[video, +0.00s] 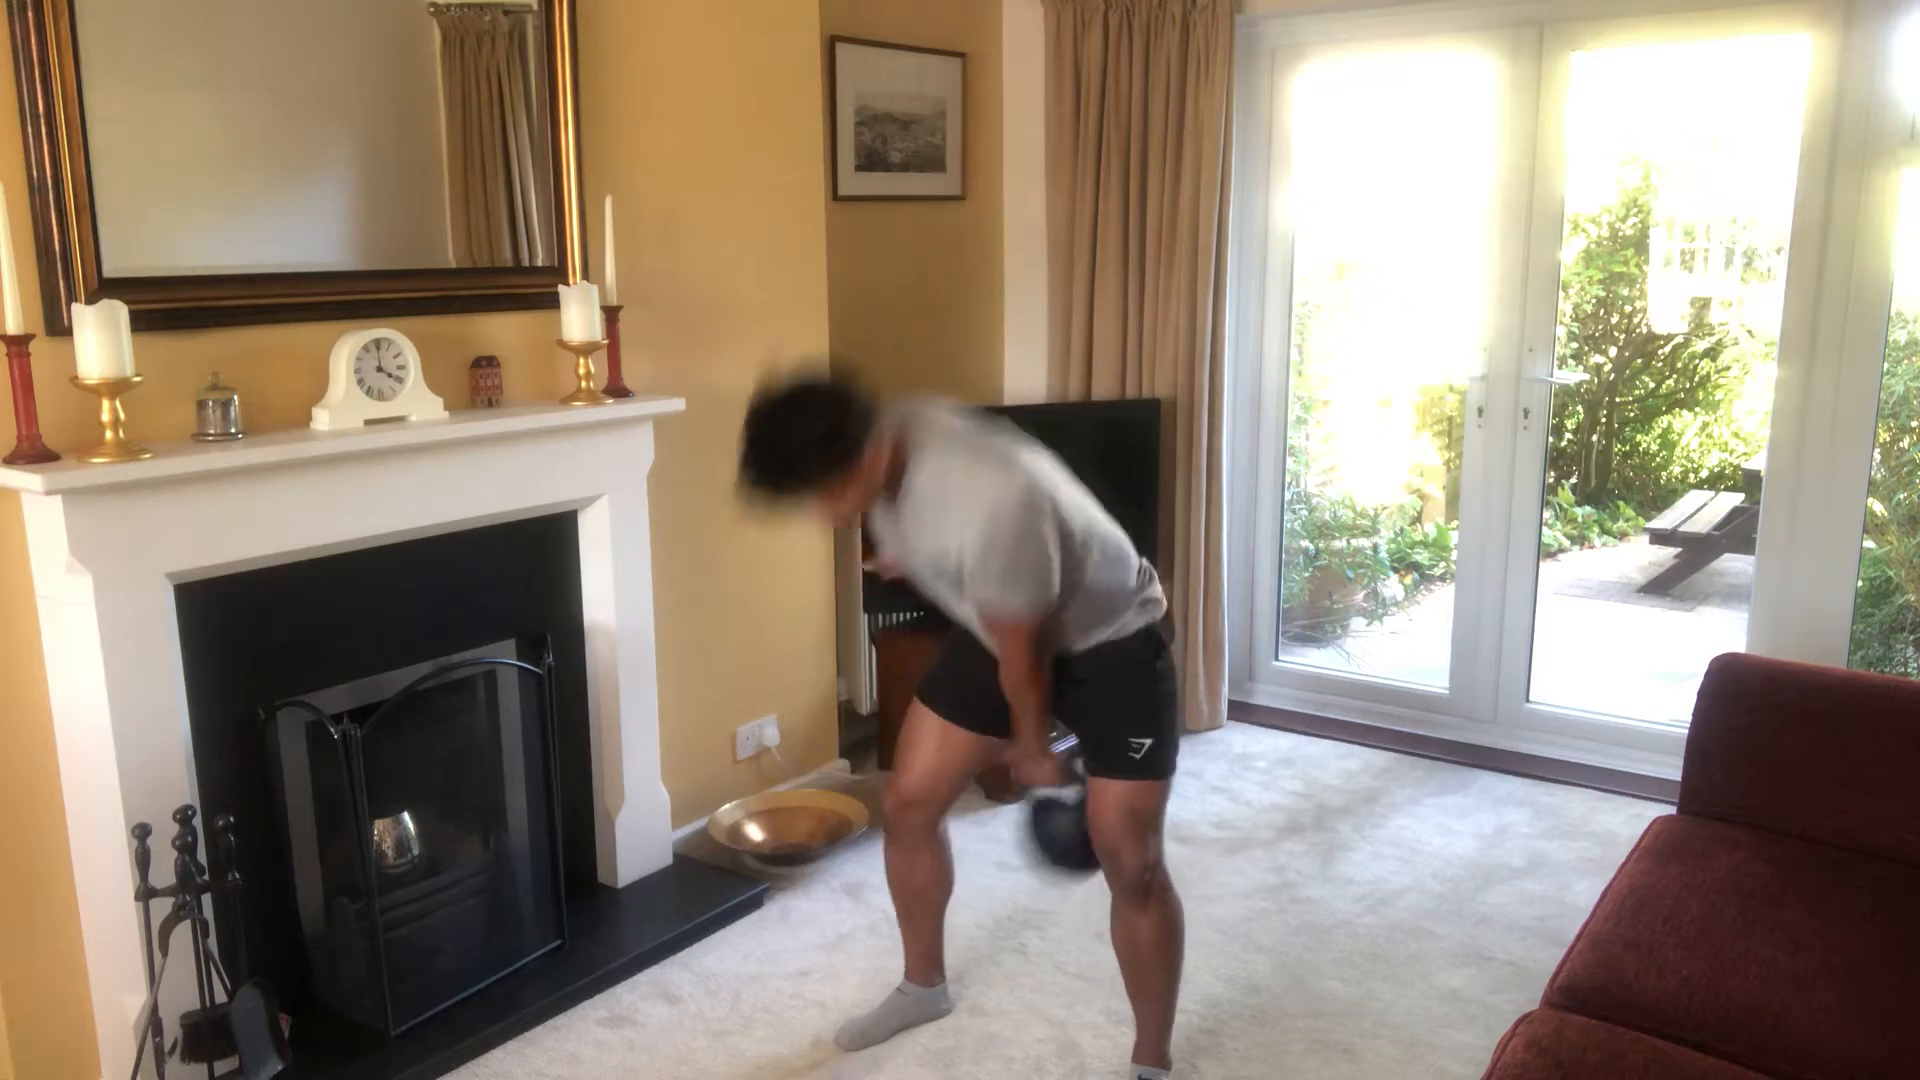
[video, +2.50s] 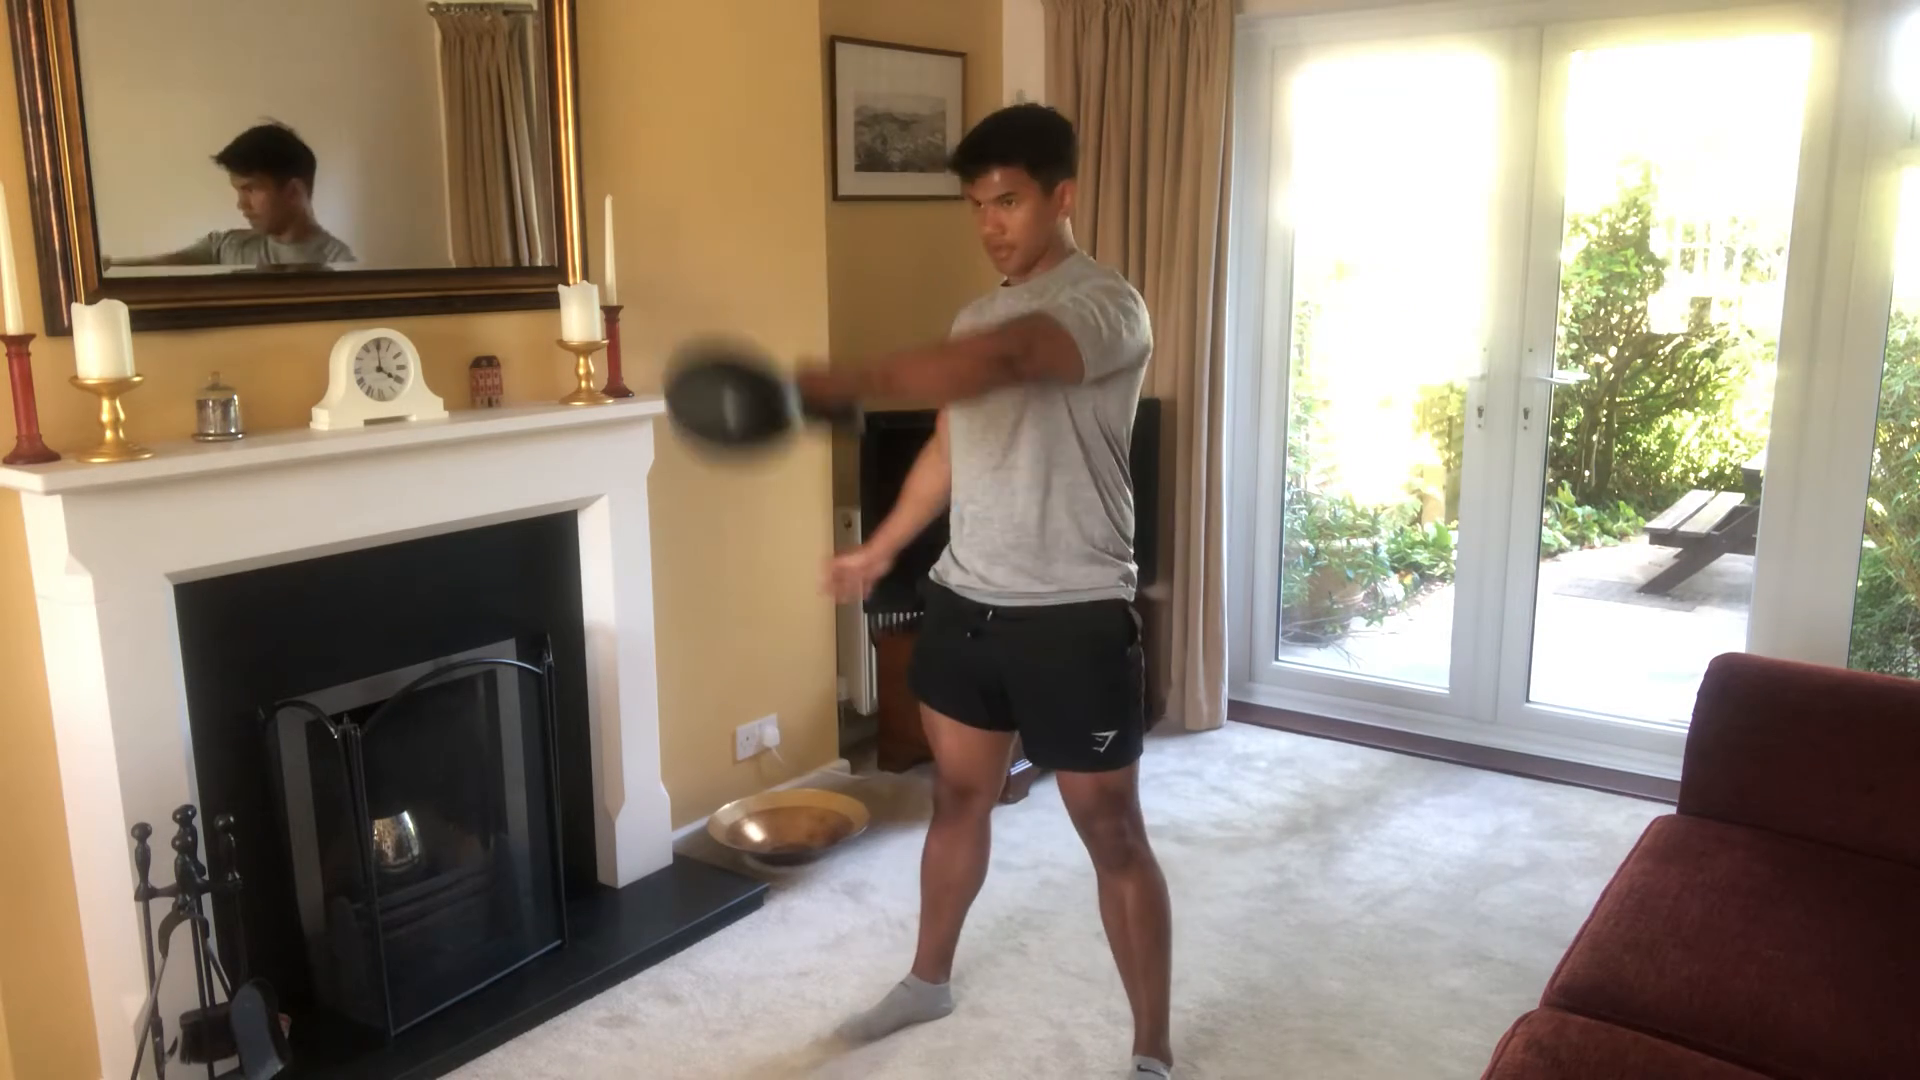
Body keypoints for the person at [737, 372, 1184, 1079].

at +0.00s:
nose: (823, 510)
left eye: (820, 493)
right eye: (810, 499)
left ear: (851, 461)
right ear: (852, 446)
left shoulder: (992, 499)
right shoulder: (887, 442)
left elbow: (1021, 654)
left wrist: (1034, 754)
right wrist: (906, 560)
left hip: (1110, 636)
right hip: (995, 626)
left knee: (1130, 861)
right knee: (909, 802)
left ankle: (1153, 1063)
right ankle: (924, 985)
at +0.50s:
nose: (878, 313)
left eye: (891, 289)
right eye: (867, 295)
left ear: (946, 266)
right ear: (865, 289)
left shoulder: (1037, 359)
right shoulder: (905, 350)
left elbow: (1011, 548)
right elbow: (908, 463)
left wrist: (995, 699)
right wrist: (881, 574)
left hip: (1100, 604)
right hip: (989, 598)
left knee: (1128, 840)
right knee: (937, 790)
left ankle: (1156, 1057)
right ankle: (926, 982)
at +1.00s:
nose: (982, 225)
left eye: (1001, 201)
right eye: (970, 207)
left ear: (1057, 199)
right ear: (965, 210)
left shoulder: (1110, 303)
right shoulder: (964, 322)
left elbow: (1012, 324)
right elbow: (939, 460)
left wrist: (865, 315)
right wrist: (881, 579)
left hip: (1073, 617)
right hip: (961, 610)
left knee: (1107, 837)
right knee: (953, 806)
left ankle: (1150, 1055)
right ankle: (927, 982)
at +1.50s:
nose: (867, 389)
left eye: (870, 371)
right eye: (855, 376)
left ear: (915, 333)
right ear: (863, 354)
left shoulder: (1025, 400)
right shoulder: (896, 383)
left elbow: (1001, 590)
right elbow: (913, 483)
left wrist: (958, 729)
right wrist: (883, 592)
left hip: (1101, 620)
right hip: (994, 611)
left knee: (1125, 852)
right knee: (917, 779)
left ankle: (1153, 1060)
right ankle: (924, 983)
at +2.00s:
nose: (821, 563)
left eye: (815, 544)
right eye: (807, 551)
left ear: (845, 509)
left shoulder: (976, 555)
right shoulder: (878, 458)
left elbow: (1041, 683)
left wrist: (1074, 752)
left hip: (1116, 628)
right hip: (1012, 620)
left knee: (1133, 857)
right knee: (908, 795)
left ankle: (1156, 1061)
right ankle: (923, 984)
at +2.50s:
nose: (990, 223)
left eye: (1007, 201)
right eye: (978, 206)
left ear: (1063, 198)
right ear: (972, 209)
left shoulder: (1110, 307)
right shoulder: (978, 319)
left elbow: (998, 362)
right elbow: (950, 448)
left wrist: (837, 382)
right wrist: (880, 547)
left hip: (1077, 614)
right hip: (967, 606)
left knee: (1111, 833)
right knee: (957, 800)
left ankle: (1152, 1051)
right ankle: (928, 981)